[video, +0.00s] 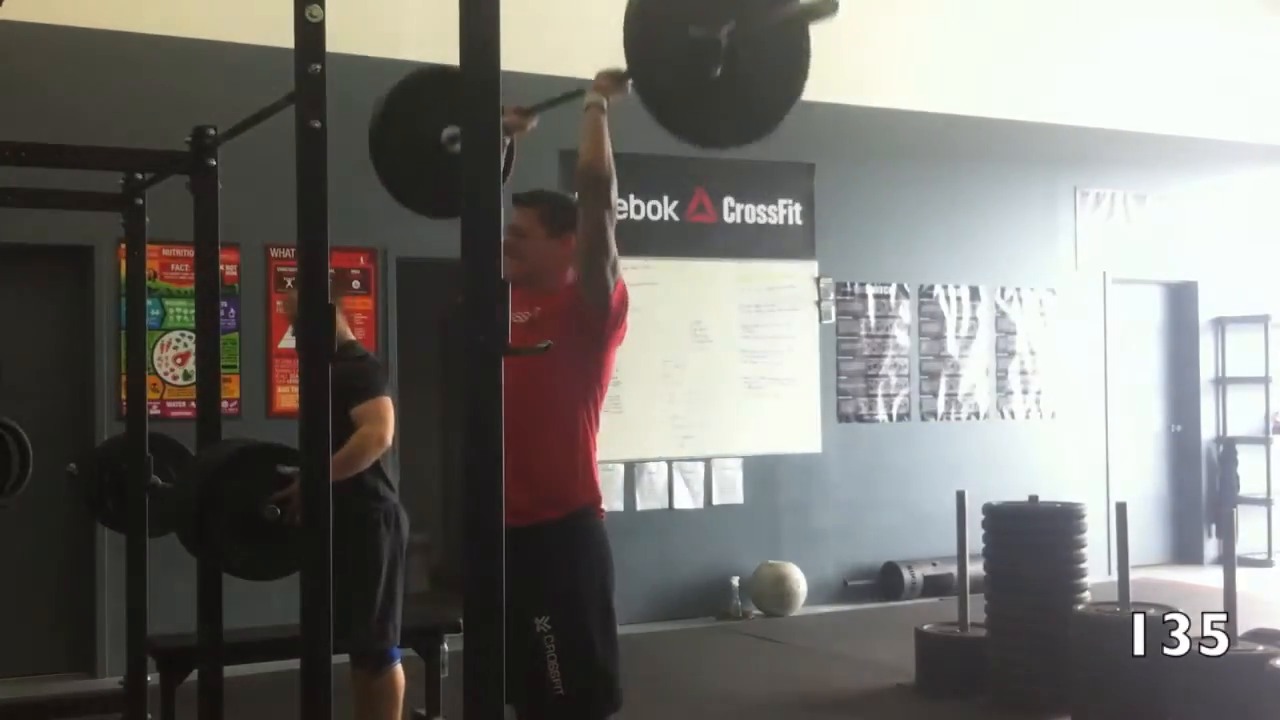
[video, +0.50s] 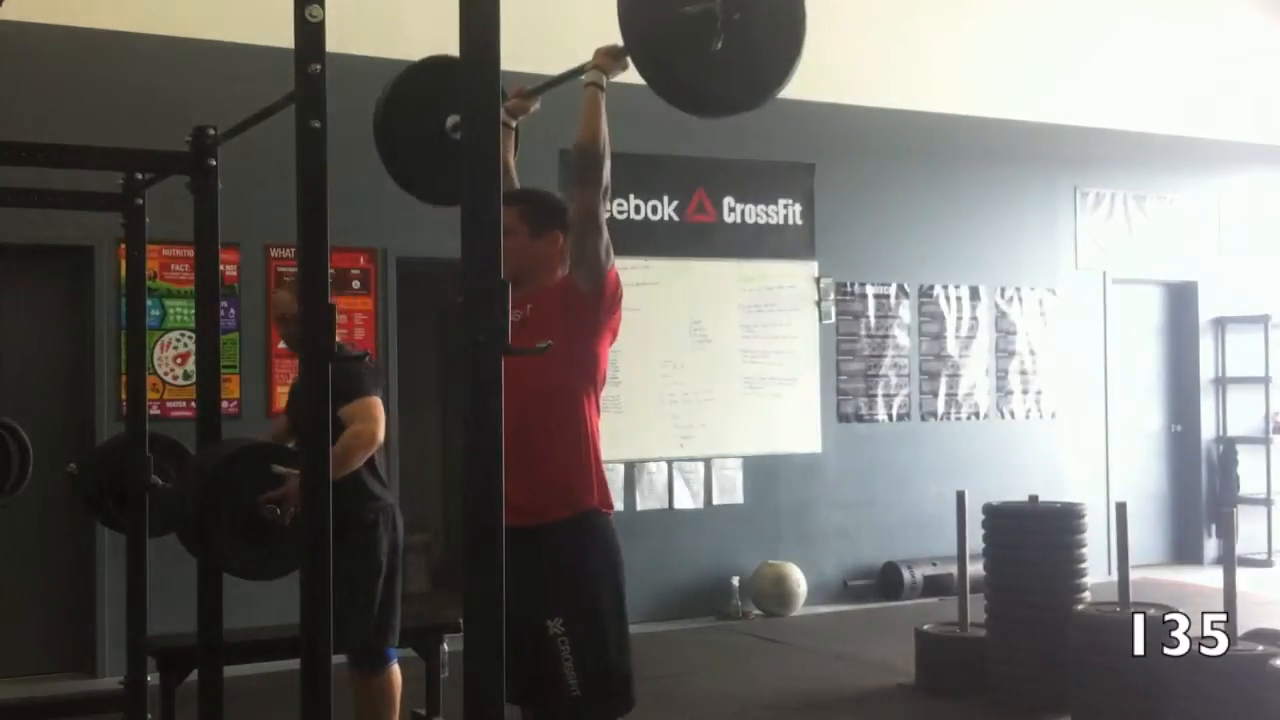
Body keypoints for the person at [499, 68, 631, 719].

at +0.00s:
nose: (507, 243)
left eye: (521, 234)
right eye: (507, 233)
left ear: (564, 241)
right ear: (509, 242)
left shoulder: (591, 307)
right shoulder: (498, 305)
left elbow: (597, 198)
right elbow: (474, 227)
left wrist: (596, 104)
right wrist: (499, 152)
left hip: (563, 527)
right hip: (495, 526)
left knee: (579, 695)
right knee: (507, 690)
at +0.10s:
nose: (499, 244)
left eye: (510, 230)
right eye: (498, 231)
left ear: (552, 237)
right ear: (510, 241)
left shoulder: (587, 306)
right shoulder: (497, 307)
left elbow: (592, 189)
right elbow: (481, 215)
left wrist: (597, 85)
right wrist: (506, 132)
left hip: (568, 525)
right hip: (500, 526)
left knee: (593, 692)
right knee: (518, 687)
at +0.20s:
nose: (497, 243)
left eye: (508, 230)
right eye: (496, 230)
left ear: (548, 239)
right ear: (508, 241)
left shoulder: (584, 301)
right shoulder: (497, 305)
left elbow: (586, 195)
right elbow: (496, 209)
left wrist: (596, 80)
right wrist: (508, 123)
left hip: (571, 521)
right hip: (502, 523)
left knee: (599, 688)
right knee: (523, 685)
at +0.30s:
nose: (498, 244)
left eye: (508, 231)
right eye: (496, 231)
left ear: (547, 241)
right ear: (510, 243)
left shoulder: (583, 301)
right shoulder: (497, 305)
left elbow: (587, 189)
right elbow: (500, 210)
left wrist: (596, 79)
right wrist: (507, 124)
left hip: (571, 522)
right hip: (502, 524)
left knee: (597, 689)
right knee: (522, 685)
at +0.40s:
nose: (497, 244)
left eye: (508, 230)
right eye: (496, 231)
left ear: (548, 239)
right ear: (507, 241)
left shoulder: (584, 300)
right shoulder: (498, 305)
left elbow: (587, 193)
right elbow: (497, 211)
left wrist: (595, 80)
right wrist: (506, 125)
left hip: (573, 522)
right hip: (504, 524)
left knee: (599, 689)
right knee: (525, 686)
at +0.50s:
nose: (499, 242)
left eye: (509, 229)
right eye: (497, 230)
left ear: (552, 238)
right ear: (509, 240)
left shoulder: (586, 298)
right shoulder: (501, 305)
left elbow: (589, 183)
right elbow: (496, 212)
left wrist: (595, 79)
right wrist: (507, 128)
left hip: (573, 523)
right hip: (504, 524)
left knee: (601, 689)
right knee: (523, 686)